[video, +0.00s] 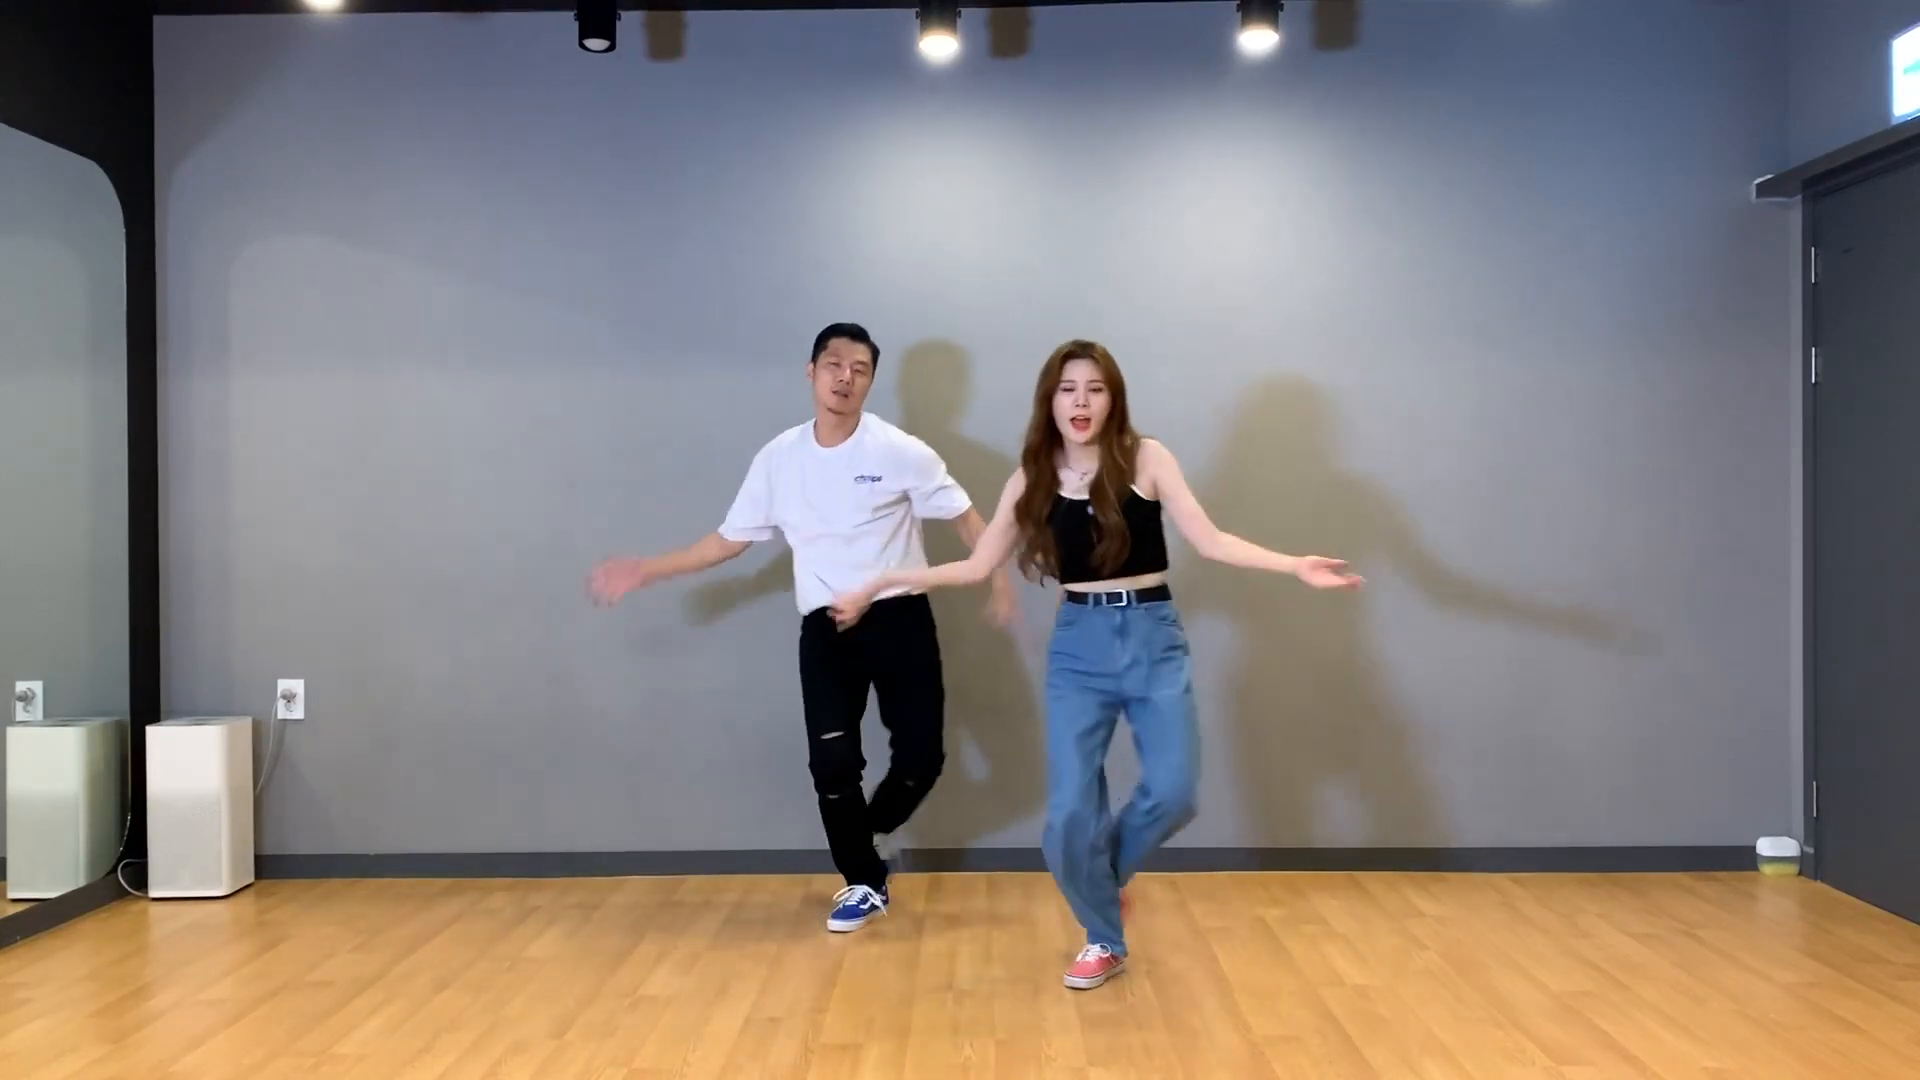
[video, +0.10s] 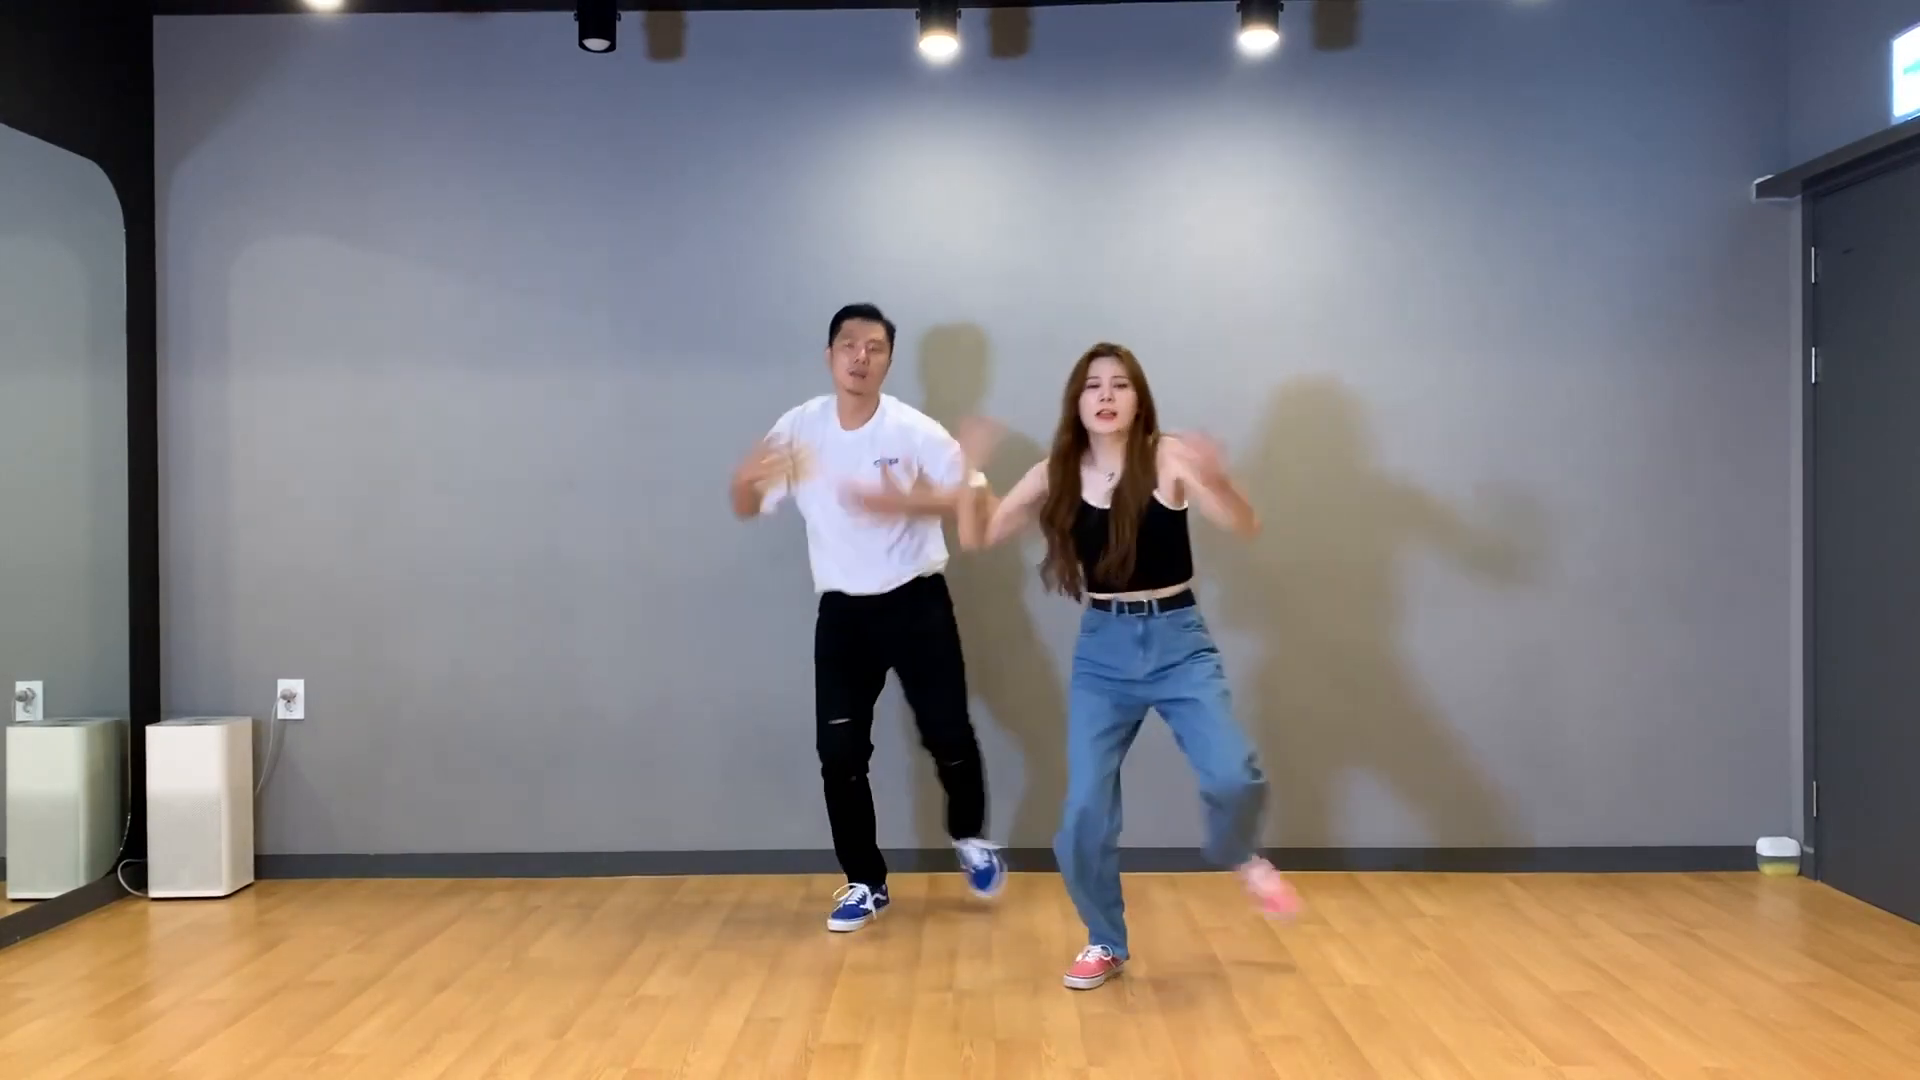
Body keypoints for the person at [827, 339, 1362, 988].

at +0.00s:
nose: (1080, 402)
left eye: (1094, 390)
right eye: (1068, 390)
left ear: (1113, 400)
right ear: (1049, 400)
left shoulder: (1147, 459)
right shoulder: (1030, 480)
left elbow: (1209, 540)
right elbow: (976, 568)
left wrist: (1296, 565)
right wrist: (885, 581)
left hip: (1155, 641)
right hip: (1077, 646)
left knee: (1174, 793)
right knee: (1072, 806)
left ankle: (1106, 865)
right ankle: (1102, 941)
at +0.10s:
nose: (1105, 396)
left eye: (1118, 385)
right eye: (1093, 386)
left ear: (1139, 398)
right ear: (1075, 400)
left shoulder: (1170, 456)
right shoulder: (1054, 474)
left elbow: (1245, 526)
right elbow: (977, 537)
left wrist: (1210, 476)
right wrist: (971, 470)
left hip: (1178, 640)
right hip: (1102, 647)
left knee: (1235, 778)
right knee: (1085, 808)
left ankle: (1241, 858)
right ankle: (1106, 941)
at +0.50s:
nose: (1191, 385)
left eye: (1196, 368)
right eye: (1174, 381)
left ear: (1217, 368)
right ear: (1161, 396)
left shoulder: (1257, 439)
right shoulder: (1158, 450)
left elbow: (1254, 550)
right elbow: (1134, 553)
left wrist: (1236, 639)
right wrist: (1113, 639)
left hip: (1226, 612)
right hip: (1153, 613)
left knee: (1282, 781)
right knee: (1137, 781)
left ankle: (1355, 928)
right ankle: (1124, 935)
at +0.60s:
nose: (1189, 402)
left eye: (1195, 386)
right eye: (1172, 399)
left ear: (1217, 388)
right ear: (1161, 417)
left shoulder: (1259, 457)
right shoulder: (1169, 477)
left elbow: (1227, 562)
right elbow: (1147, 567)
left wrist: (1171, 628)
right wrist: (1098, 628)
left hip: (1237, 619)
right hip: (1167, 618)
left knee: (1254, 805)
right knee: (1126, 793)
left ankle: (1349, 929)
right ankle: (1122, 938)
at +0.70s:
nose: (1183, 407)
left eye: (1190, 391)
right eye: (1166, 403)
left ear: (1214, 395)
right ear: (1156, 421)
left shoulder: (1256, 462)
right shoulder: (1167, 482)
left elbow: (1208, 557)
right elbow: (1136, 566)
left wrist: (1139, 532)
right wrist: (1084, 526)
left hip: (1262, 640)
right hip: (1199, 639)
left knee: (1276, 809)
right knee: (1134, 791)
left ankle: (1367, 930)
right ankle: (1119, 939)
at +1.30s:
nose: (1189, 390)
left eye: (1201, 377)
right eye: (1175, 381)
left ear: (1223, 385)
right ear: (1159, 394)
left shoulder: (1256, 446)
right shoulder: (1147, 447)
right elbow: (1054, 437)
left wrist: (1293, 456)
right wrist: (1094, 476)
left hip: (1265, 644)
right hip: (1190, 645)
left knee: (1316, 800)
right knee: (1138, 782)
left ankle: (1383, 934)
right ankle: (1125, 934)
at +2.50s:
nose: (1227, 392)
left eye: (1239, 380)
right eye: (1213, 380)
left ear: (1254, 388)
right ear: (1192, 388)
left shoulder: (1278, 450)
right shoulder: (1163, 451)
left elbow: (1318, 527)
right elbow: (1116, 532)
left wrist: (1350, 609)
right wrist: (1081, 615)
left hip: (1256, 624)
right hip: (1175, 621)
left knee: (1310, 772)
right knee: (1132, 764)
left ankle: (1353, 917)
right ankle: (1108, 921)